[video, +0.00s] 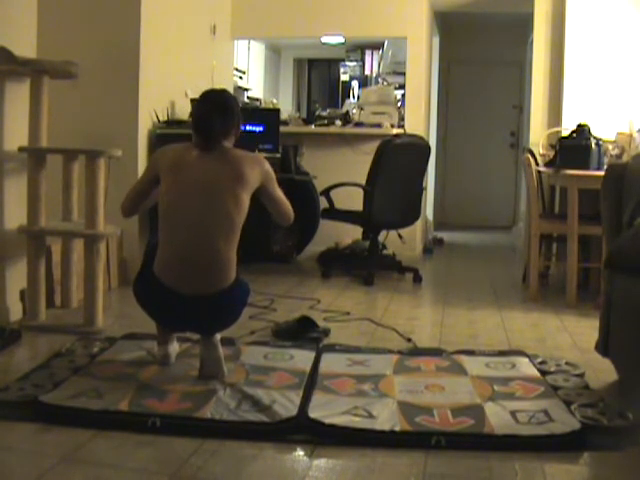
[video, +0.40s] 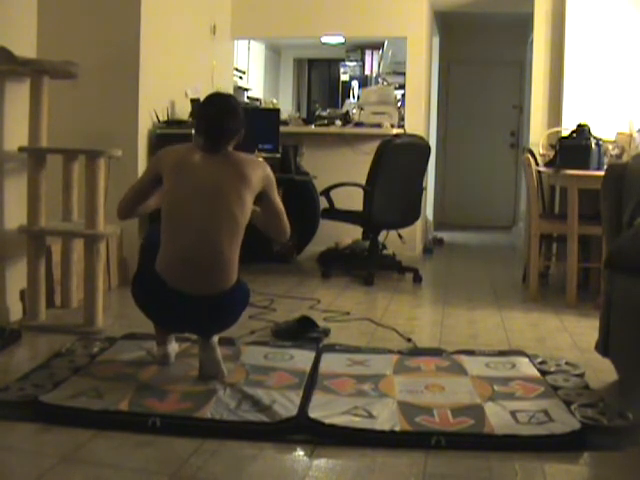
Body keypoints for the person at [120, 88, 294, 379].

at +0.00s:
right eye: (238, 125)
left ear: (192, 124)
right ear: (236, 130)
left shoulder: (166, 158)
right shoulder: (253, 165)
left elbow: (127, 209)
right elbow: (286, 217)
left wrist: (162, 185)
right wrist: (263, 183)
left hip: (165, 307)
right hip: (218, 311)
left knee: (156, 243)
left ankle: (165, 345)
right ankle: (211, 341)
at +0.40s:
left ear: (196, 127)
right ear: (238, 136)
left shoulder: (168, 159)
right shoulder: (256, 169)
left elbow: (124, 210)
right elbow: (281, 232)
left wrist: (167, 195)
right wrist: (247, 205)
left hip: (166, 309)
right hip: (219, 312)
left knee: (153, 235)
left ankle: (164, 345)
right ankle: (210, 342)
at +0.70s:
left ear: (189, 122)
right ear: (230, 131)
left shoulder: (161, 153)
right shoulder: (249, 164)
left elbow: (117, 206)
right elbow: (253, 231)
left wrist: (158, 198)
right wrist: (218, 207)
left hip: (158, 300)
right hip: (209, 306)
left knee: (137, 266)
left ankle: (156, 347)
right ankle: (203, 338)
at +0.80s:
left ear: (185, 123)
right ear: (226, 133)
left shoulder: (156, 154)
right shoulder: (243, 166)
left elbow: (111, 203)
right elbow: (242, 232)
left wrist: (151, 196)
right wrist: (210, 208)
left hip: (152, 301)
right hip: (203, 306)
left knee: (132, 269)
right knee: (224, 281)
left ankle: (152, 349)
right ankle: (204, 338)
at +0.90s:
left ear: (180, 124)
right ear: (220, 134)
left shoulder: (150, 155)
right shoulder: (235, 166)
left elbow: (104, 199)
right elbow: (240, 232)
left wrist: (140, 172)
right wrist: (210, 206)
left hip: (146, 304)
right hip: (197, 308)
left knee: (128, 272)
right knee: (220, 277)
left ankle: (150, 346)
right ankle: (205, 338)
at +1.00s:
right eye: (214, 121)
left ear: (174, 118)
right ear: (214, 128)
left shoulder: (143, 153)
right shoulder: (227, 162)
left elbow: (102, 183)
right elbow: (250, 228)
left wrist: (128, 155)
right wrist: (223, 191)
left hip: (142, 303)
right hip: (194, 305)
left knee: (128, 274)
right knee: (219, 279)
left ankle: (148, 341)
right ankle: (204, 336)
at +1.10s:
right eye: (210, 115)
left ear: (167, 115)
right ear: (208, 122)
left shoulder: (138, 147)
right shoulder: (221, 156)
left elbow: (104, 164)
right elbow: (259, 221)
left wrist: (117, 132)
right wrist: (226, 193)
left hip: (136, 298)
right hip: (189, 300)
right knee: (229, 279)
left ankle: (145, 337)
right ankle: (206, 332)